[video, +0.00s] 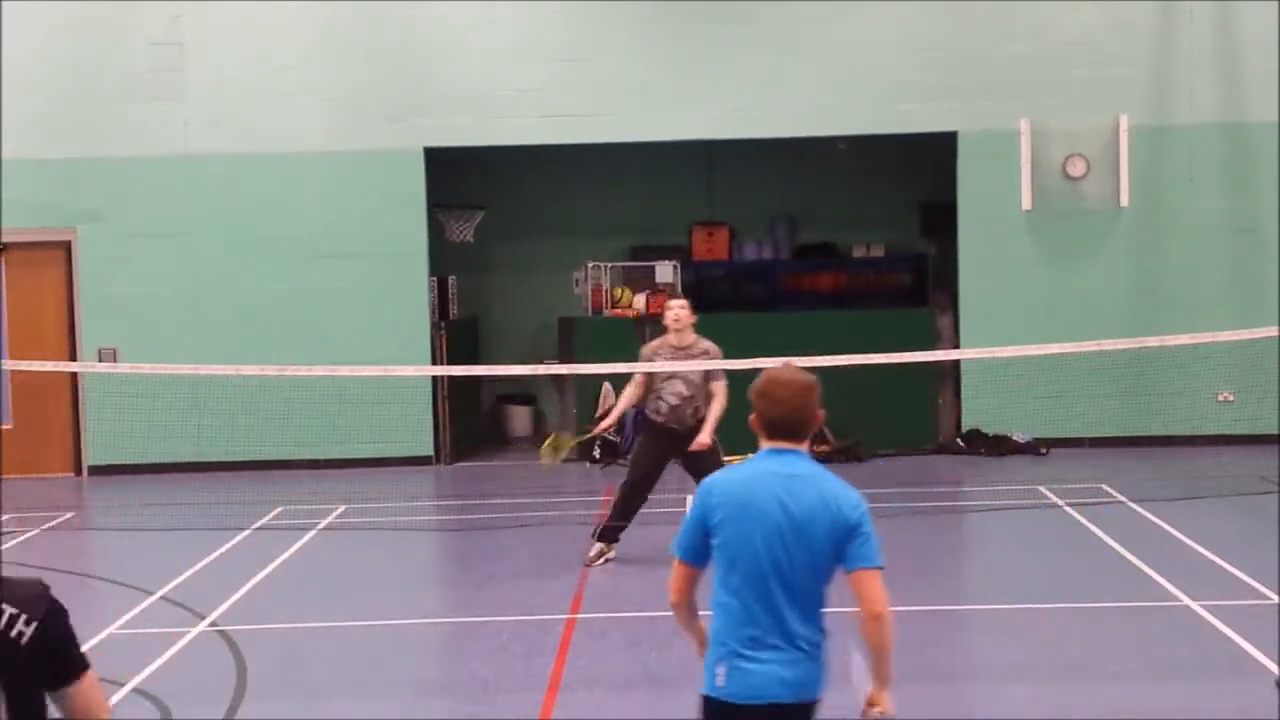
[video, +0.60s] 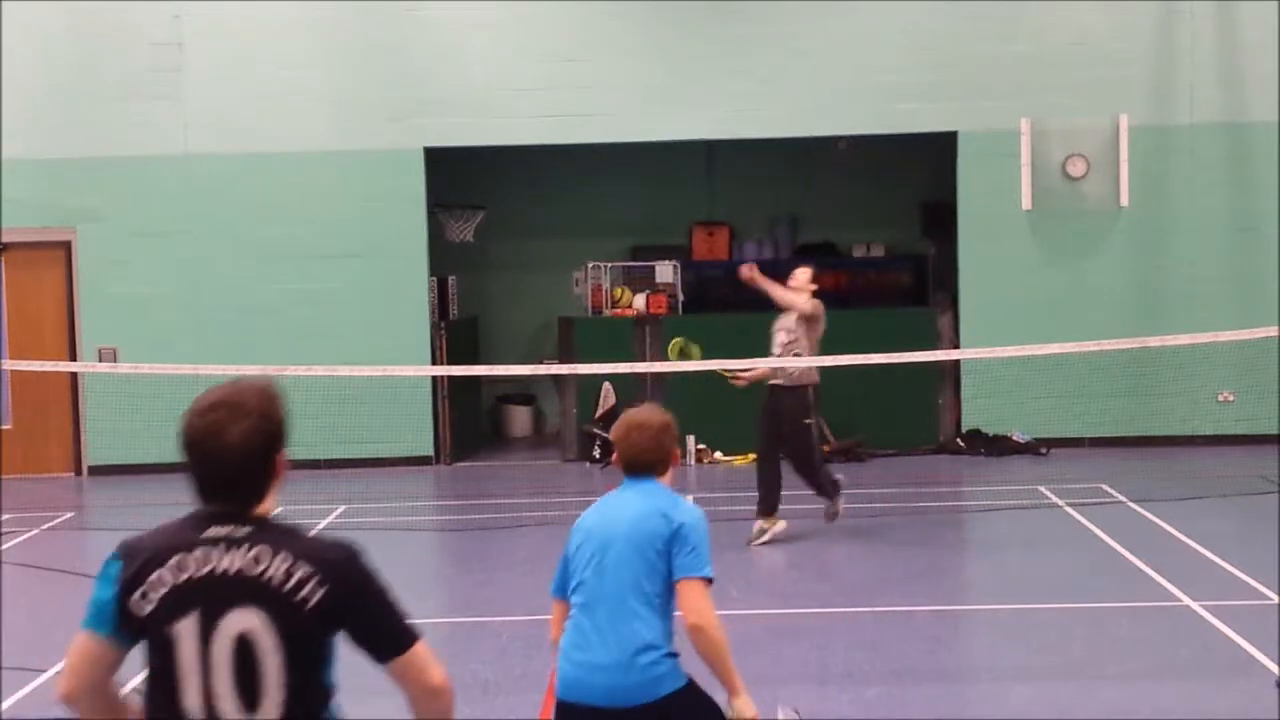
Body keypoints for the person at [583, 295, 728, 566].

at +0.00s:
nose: (676, 314)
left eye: (682, 309)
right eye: (671, 309)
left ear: (693, 316)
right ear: (663, 317)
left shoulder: (709, 352)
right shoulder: (651, 351)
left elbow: (719, 395)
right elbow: (636, 386)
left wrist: (707, 432)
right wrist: (613, 416)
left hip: (696, 433)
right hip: (657, 432)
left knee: (720, 491)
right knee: (635, 486)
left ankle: (734, 546)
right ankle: (605, 541)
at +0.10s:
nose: (700, 308)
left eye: (706, 304)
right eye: (696, 304)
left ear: (719, 312)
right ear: (690, 312)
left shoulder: (733, 348)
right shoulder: (679, 345)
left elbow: (740, 392)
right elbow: (668, 378)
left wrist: (727, 427)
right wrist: (644, 397)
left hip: (717, 428)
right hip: (681, 426)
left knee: (722, 484)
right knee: (655, 476)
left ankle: (725, 541)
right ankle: (626, 532)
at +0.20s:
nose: (721, 301)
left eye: (728, 297)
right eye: (718, 297)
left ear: (739, 309)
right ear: (712, 307)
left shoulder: (751, 342)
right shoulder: (699, 339)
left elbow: (760, 381)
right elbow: (690, 373)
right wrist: (674, 376)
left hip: (742, 411)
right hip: (706, 408)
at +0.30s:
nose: (737, 294)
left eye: (744, 292)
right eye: (735, 291)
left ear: (756, 303)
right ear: (730, 299)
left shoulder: (768, 335)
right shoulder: (718, 335)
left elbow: (782, 378)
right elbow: (701, 368)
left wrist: (789, 422)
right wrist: (683, 351)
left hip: (755, 408)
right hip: (719, 407)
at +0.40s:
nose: (754, 280)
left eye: (761, 277)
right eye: (752, 277)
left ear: (773, 289)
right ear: (748, 287)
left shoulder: (781, 319)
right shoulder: (736, 322)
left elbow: (800, 357)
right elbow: (719, 354)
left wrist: (804, 395)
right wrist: (702, 345)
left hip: (768, 395)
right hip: (740, 396)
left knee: (764, 454)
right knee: (728, 451)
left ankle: (766, 508)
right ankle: (730, 506)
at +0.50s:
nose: (771, 277)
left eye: (778, 274)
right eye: (771, 273)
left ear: (790, 286)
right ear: (767, 283)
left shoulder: (796, 313)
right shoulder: (755, 320)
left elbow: (798, 341)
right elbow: (742, 357)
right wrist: (718, 362)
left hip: (781, 388)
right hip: (756, 391)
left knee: (783, 454)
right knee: (757, 457)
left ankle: (796, 518)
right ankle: (769, 520)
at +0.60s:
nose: (792, 276)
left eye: (800, 274)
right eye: (792, 273)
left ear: (811, 285)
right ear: (790, 281)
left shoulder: (814, 308)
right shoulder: (782, 317)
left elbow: (791, 301)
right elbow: (779, 361)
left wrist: (758, 280)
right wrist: (750, 376)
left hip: (800, 389)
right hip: (777, 389)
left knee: (801, 453)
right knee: (767, 452)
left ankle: (832, 491)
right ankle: (767, 516)